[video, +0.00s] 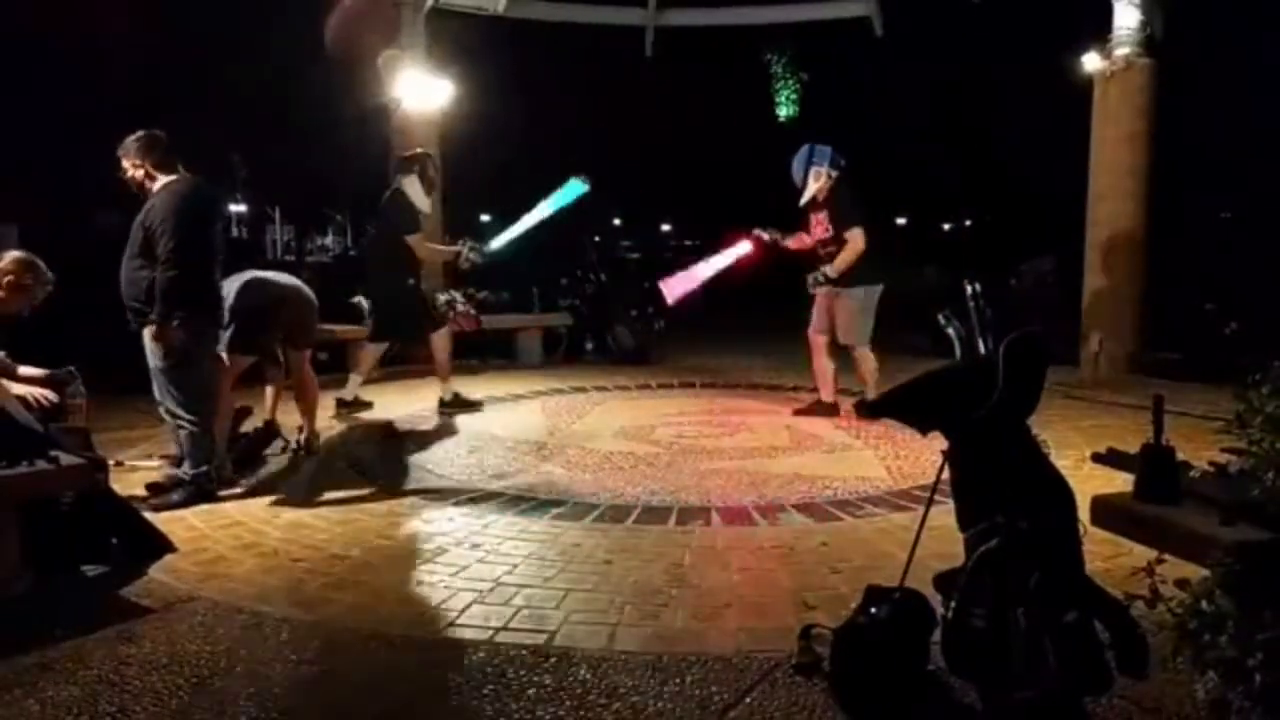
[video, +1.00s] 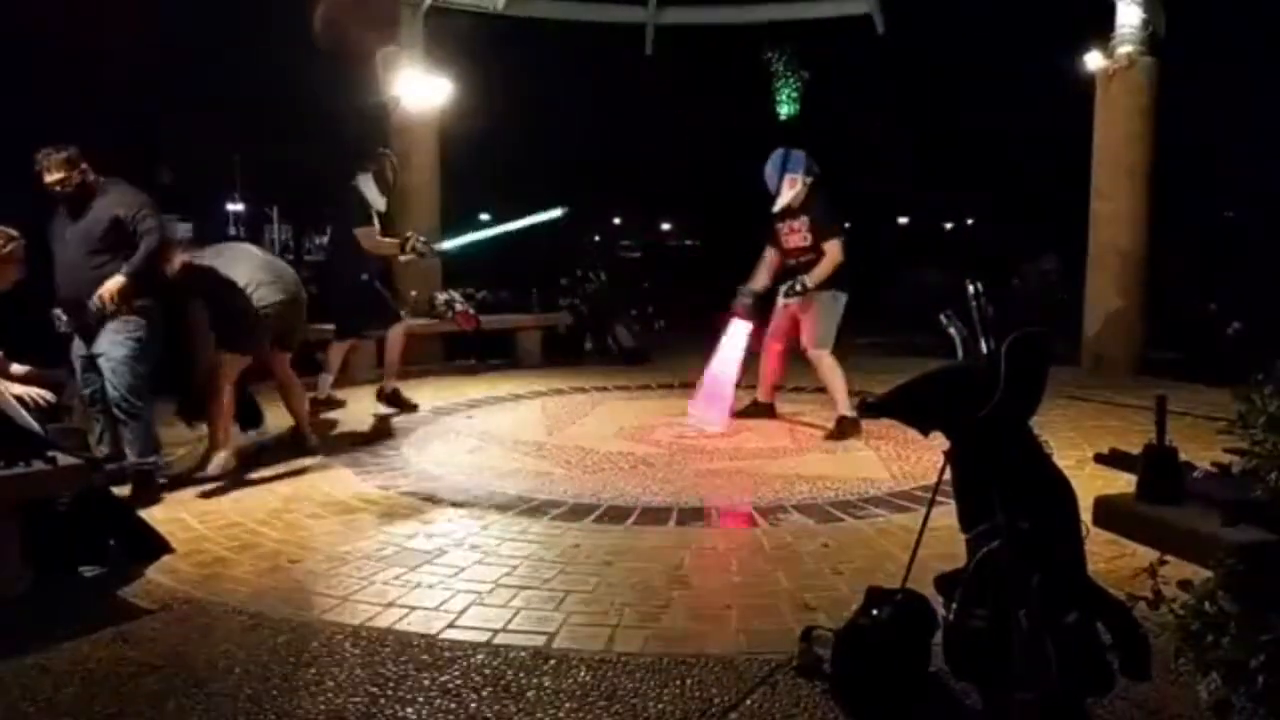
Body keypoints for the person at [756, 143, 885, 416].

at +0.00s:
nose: (808, 185)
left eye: (811, 178)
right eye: (807, 179)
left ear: (823, 174)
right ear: (810, 176)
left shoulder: (843, 198)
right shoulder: (814, 204)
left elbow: (857, 242)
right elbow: (810, 240)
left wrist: (829, 272)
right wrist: (779, 240)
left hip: (859, 280)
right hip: (830, 280)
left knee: (856, 343)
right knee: (818, 335)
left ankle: (872, 397)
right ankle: (826, 399)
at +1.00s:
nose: (784, 189)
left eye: (790, 182)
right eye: (781, 183)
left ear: (802, 180)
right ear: (776, 182)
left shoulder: (821, 208)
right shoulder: (778, 215)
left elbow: (835, 254)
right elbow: (770, 258)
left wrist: (805, 282)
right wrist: (751, 292)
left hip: (825, 286)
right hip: (790, 287)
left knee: (817, 348)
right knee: (773, 340)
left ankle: (847, 414)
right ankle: (763, 400)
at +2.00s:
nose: (843, 182)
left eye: (847, 175)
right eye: (840, 175)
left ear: (857, 173)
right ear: (836, 173)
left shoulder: (874, 198)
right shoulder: (842, 202)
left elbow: (880, 242)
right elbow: (848, 244)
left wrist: (841, 264)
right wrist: (835, 270)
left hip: (888, 283)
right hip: (855, 282)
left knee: (893, 344)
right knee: (844, 339)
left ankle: (924, 398)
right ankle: (848, 399)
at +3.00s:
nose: (803, 186)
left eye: (808, 179)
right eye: (802, 180)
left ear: (821, 178)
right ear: (802, 179)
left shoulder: (841, 206)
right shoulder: (806, 211)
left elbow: (857, 253)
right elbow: (771, 236)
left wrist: (819, 277)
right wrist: (732, 227)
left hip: (853, 287)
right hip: (832, 288)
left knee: (823, 352)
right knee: (814, 350)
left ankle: (843, 427)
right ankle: (831, 404)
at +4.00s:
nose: (760, 182)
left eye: (764, 175)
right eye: (758, 176)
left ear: (777, 174)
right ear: (758, 175)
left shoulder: (795, 200)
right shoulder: (766, 201)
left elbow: (825, 232)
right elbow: (748, 214)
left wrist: (819, 269)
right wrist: (730, 190)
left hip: (819, 287)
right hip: (787, 288)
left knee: (835, 348)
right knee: (775, 343)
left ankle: (863, 400)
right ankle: (773, 406)